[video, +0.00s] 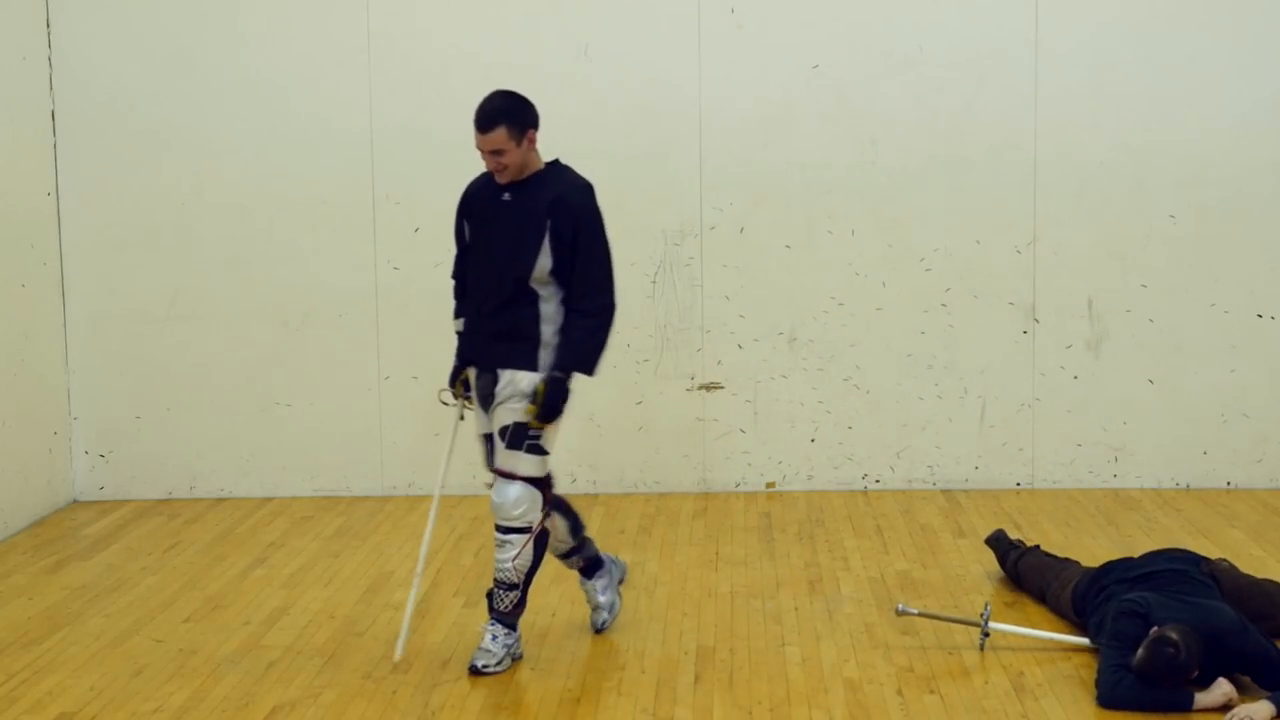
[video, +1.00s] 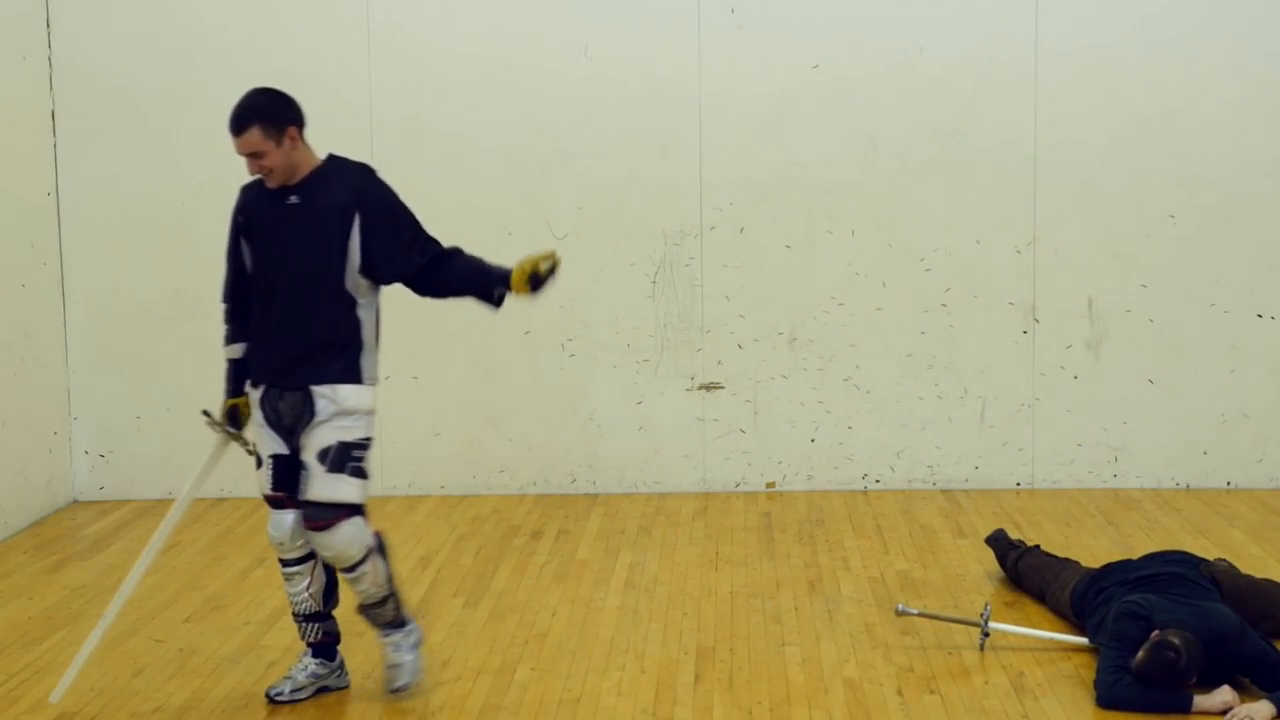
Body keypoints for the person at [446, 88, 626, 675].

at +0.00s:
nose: (490, 163)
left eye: (499, 152)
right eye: (484, 153)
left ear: (531, 138)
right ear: (478, 145)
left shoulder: (568, 195)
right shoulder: (478, 196)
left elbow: (592, 296)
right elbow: (466, 284)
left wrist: (564, 376)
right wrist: (464, 356)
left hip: (537, 364)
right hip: (484, 362)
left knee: (514, 491)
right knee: (517, 487)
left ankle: (503, 626)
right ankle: (597, 570)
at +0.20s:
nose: (454, 162)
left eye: (462, 151)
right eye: (448, 152)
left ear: (495, 137)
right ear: (444, 146)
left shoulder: (538, 195)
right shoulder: (447, 198)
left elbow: (562, 300)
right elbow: (441, 289)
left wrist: (505, 369)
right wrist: (436, 362)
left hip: (510, 372)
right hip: (450, 368)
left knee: (504, 499)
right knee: (432, 491)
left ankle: (503, 624)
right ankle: (513, 584)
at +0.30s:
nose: (433, 162)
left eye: (440, 151)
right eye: (427, 152)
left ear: (475, 135)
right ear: (427, 146)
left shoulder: (522, 193)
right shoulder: (431, 199)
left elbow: (548, 299)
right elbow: (429, 292)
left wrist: (494, 369)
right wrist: (425, 366)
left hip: (500, 373)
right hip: (437, 370)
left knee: (498, 500)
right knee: (408, 493)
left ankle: (502, 629)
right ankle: (438, 623)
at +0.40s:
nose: (412, 168)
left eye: (418, 155)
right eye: (405, 157)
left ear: (451, 137)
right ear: (406, 149)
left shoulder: (503, 194)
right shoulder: (411, 205)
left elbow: (533, 303)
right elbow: (415, 300)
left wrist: (490, 376)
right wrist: (410, 369)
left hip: (490, 380)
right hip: (425, 377)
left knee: (493, 506)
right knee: (389, 501)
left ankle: (501, 630)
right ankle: (373, 635)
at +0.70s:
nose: (328, 174)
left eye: (334, 161)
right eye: (322, 164)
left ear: (367, 143)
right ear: (333, 155)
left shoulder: (428, 198)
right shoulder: (331, 218)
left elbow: (475, 286)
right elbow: (337, 313)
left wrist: (495, 373)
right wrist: (334, 388)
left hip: (421, 390)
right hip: (348, 392)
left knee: (449, 517)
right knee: (318, 518)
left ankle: (495, 626)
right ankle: (324, 659)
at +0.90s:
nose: (273, 168)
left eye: (278, 155)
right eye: (266, 158)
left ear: (313, 137)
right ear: (266, 153)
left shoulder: (375, 191)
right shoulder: (274, 209)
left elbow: (431, 271)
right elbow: (267, 303)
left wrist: (502, 326)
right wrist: (271, 384)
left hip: (363, 387)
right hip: (292, 387)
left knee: (373, 526)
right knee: (296, 527)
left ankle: (447, 614)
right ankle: (323, 660)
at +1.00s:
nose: (252, 167)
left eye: (257, 154)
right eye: (245, 157)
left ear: (292, 136)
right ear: (250, 150)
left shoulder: (354, 188)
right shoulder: (252, 206)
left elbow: (422, 261)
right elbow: (239, 305)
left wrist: (506, 279)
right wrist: (236, 388)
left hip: (340, 381)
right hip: (271, 385)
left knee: (330, 519)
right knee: (285, 526)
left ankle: (398, 635)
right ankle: (323, 660)